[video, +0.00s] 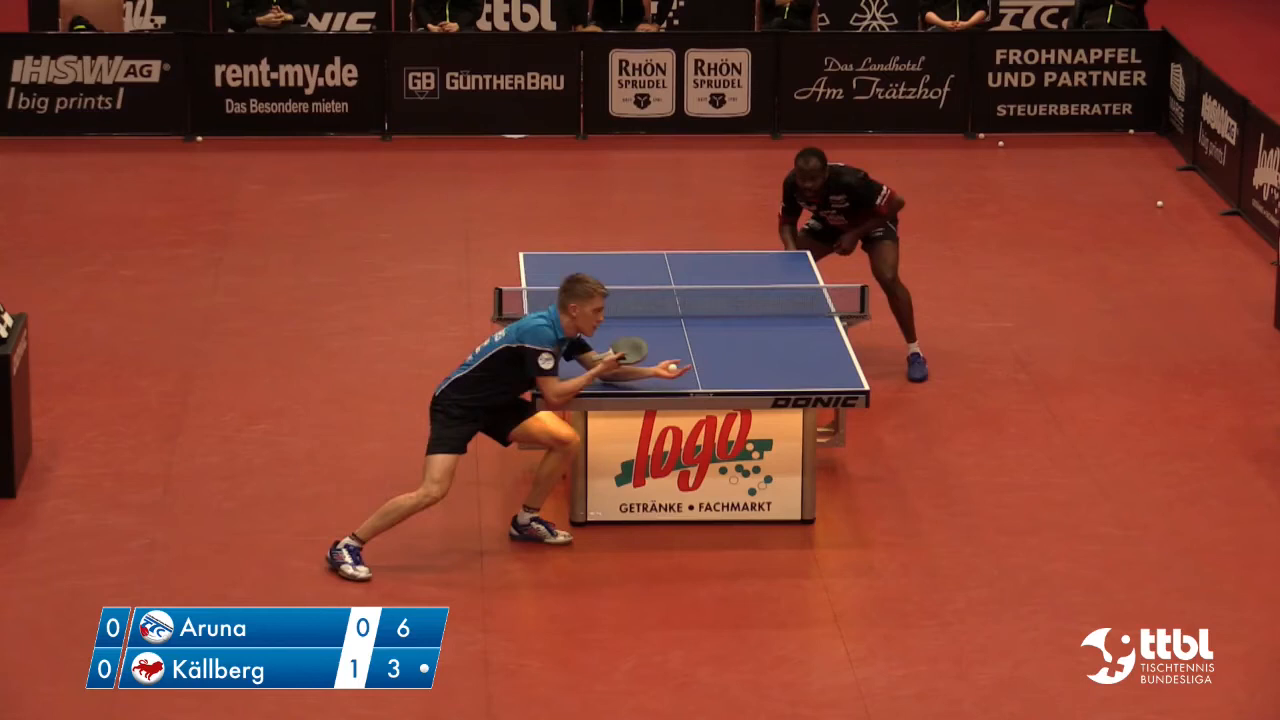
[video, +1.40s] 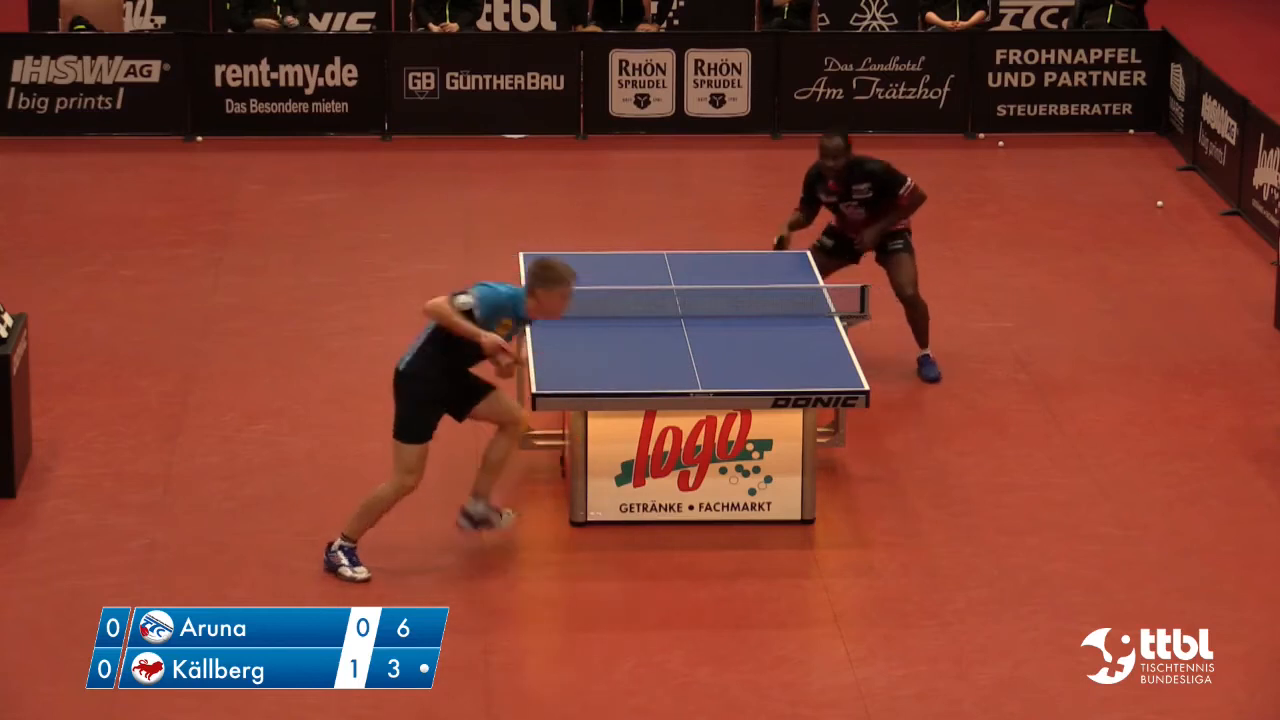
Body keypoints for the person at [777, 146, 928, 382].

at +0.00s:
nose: (808, 185)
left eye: (813, 179)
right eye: (803, 179)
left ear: (825, 173)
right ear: (795, 173)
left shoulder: (850, 180)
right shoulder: (792, 184)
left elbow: (895, 202)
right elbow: (787, 222)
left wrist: (855, 234)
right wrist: (793, 252)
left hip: (872, 220)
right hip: (830, 221)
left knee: (887, 278)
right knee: (791, 264)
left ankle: (914, 351)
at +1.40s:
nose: (831, 164)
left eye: (837, 157)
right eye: (825, 157)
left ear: (849, 154)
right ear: (819, 156)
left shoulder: (874, 170)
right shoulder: (815, 177)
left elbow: (916, 197)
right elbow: (807, 213)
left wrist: (877, 230)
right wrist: (787, 227)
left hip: (889, 231)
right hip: (844, 232)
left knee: (908, 294)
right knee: (799, 279)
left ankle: (925, 355)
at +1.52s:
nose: (830, 145)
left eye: (836, 139)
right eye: (826, 139)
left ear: (849, 136)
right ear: (820, 137)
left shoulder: (876, 152)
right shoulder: (820, 161)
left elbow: (920, 179)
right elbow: (816, 203)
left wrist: (884, 217)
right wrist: (791, 213)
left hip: (895, 224)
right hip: (850, 223)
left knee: (907, 294)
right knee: (803, 276)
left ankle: (928, 352)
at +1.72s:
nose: (825, 153)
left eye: (831, 147)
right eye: (820, 147)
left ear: (846, 142)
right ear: (815, 145)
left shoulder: (876, 157)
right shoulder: (819, 175)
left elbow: (921, 183)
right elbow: (808, 223)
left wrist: (888, 226)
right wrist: (780, 230)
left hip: (900, 234)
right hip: (855, 236)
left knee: (914, 303)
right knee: (811, 287)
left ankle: (942, 364)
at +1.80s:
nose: (824, 159)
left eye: (830, 152)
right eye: (820, 153)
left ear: (846, 146)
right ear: (814, 150)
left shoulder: (877, 160)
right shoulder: (820, 180)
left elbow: (924, 182)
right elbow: (806, 229)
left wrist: (903, 226)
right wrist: (778, 236)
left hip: (895, 242)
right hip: (852, 241)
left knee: (912, 309)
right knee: (807, 285)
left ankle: (942, 365)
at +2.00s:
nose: (795, 171)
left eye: (800, 164)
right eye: (791, 165)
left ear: (814, 156)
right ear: (786, 162)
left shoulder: (844, 160)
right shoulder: (787, 189)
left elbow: (888, 164)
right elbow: (781, 236)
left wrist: (898, 209)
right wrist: (766, 243)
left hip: (864, 239)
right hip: (820, 244)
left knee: (900, 303)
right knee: (791, 296)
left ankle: (939, 361)